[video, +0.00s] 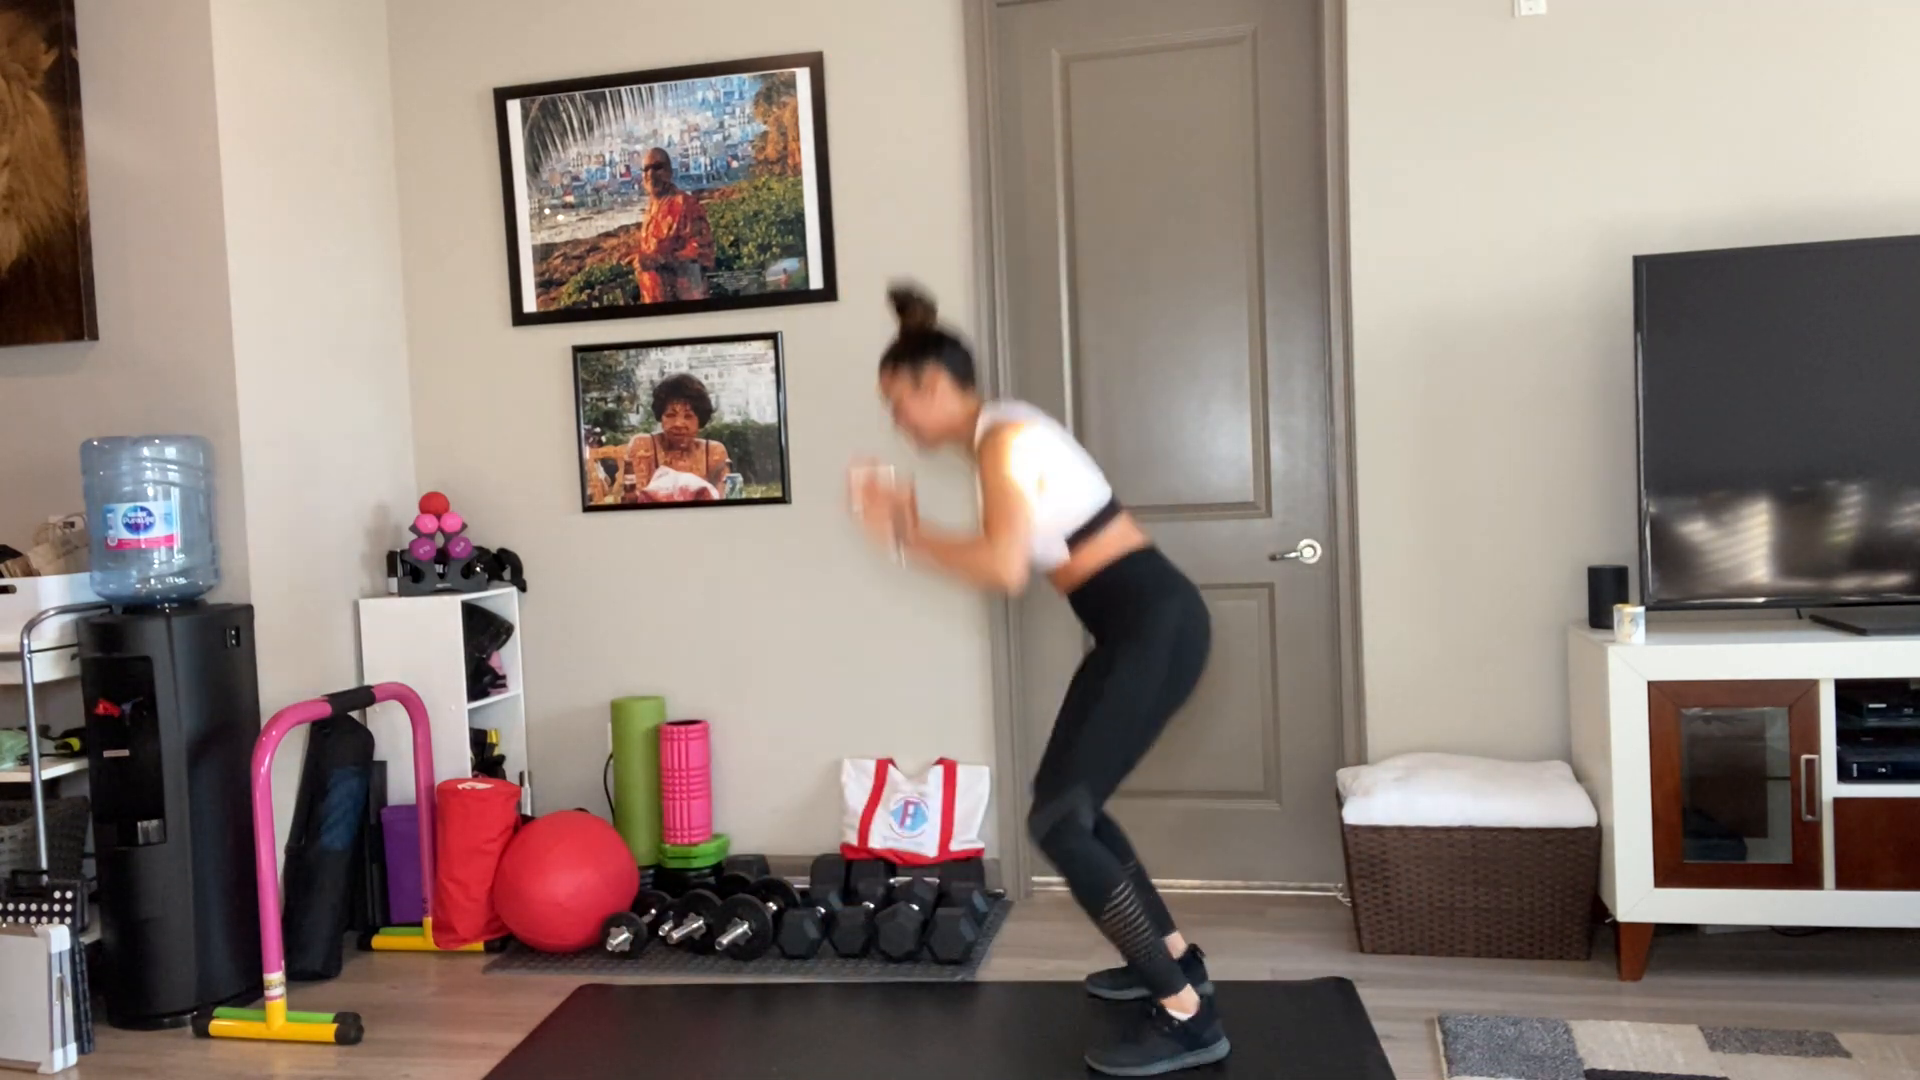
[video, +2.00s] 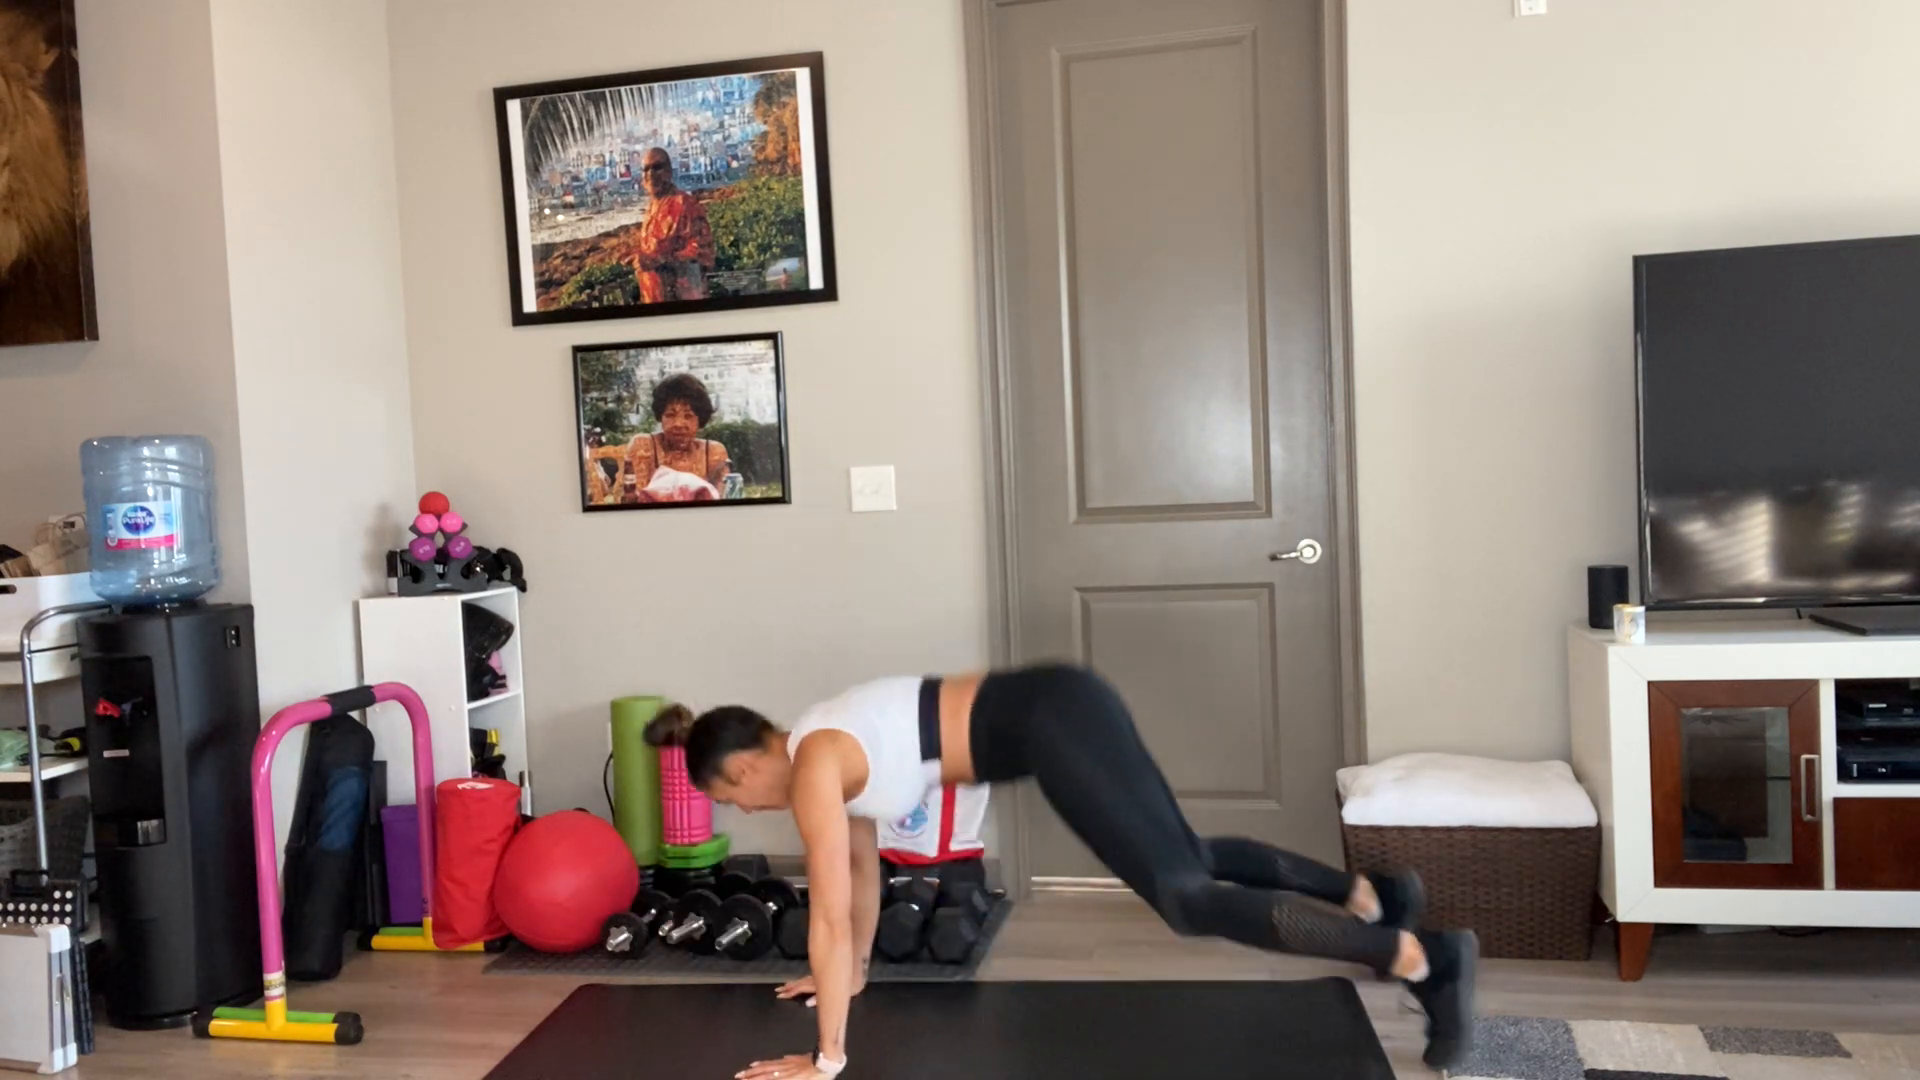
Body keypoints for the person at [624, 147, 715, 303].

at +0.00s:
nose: (650, 174)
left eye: (657, 167)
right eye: (646, 169)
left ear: (670, 172)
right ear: (642, 175)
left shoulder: (685, 204)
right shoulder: (653, 206)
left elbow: (703, 254)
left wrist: (656, 260)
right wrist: (638, 257)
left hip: (682, 297)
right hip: (654, 297)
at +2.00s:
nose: (650, 174)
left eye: (657, 167)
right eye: (646, 169)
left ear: (669, 171)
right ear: (642, 176)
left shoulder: (686, 204)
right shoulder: (654, 206)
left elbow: (702, 254)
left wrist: (657, 260)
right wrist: (638, 257)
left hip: (683, 297)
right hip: (655, 297)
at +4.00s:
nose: (650, 175)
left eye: (657, 167)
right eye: (646, 169)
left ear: (669, 171)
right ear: (642, 175)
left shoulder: (686, 205)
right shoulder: (654, 206)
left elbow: (702, 255)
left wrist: (657, 261)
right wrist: (638, 257)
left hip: (682, 297)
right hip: (655, 296)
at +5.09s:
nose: (650, 174)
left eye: (657, 167)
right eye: (645, 169)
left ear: (669, 171)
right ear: (642, 176)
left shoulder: (686, 204)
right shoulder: (654, 207)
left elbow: (703, 255)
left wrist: (658, 261)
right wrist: (638, 258)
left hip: (682, 297)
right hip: (655, 297)